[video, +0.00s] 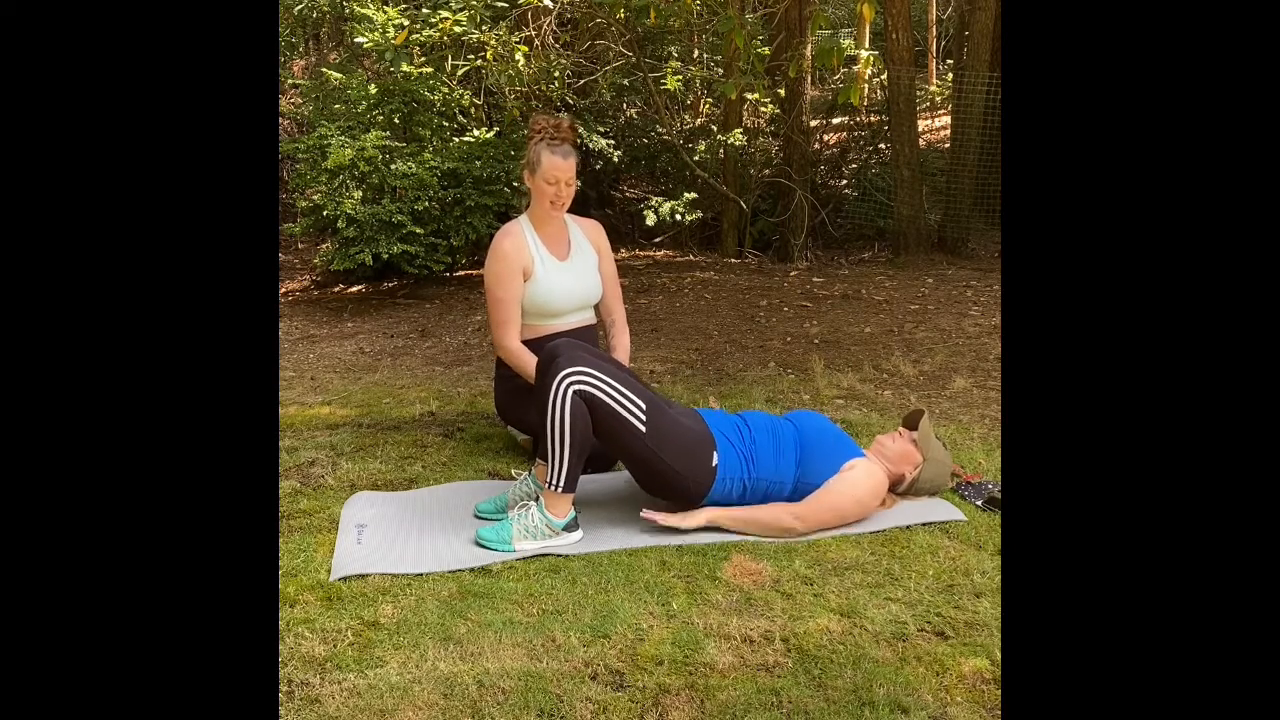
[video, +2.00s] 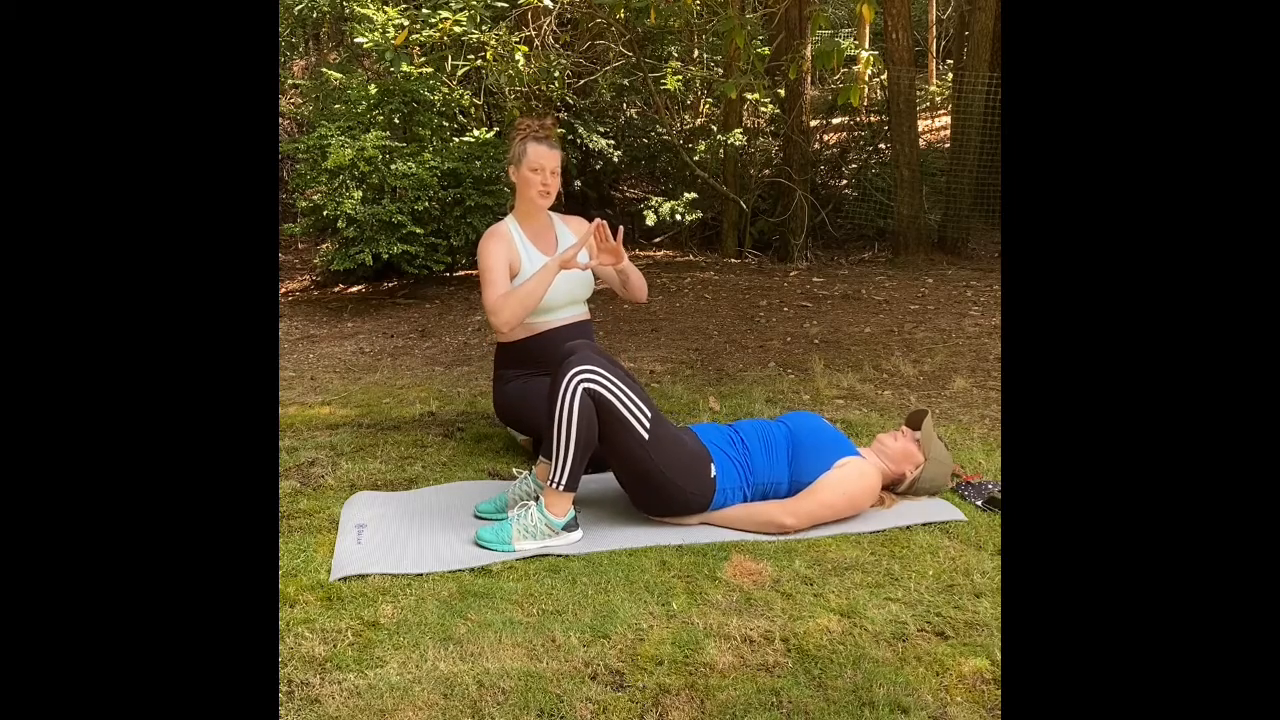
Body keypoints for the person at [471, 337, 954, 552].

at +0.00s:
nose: (897, 432)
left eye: (908, 439)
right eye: (905, 429)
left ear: (908, 472)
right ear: (896, 443)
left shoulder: (866, 479)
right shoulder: (847, 453)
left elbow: (799, 519)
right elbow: (768, 469)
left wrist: (706, 516)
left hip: (701, 465)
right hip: (690, 433)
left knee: (571, 367)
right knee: (563, 352)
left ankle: (555, 512)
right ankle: (544, 483)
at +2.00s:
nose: (898, 433)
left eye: (909, 440)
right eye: (907, 430)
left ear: (908, 472)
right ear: (895, 442)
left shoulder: (860, 477)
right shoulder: (844, 454)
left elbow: (788, 516)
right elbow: (772, 494)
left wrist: (703, 515)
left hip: (694, 480)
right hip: (680, 454)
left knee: (585, 372)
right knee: (586, 362)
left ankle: (554, 509)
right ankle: (543, 484)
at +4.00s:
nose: (897, 433)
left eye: (908, 440)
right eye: (906, 430)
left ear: (908, 471)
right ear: (897, 444)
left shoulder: (863, 479)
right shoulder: (847, 456)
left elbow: (794, 520)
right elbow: (774, 494)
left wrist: (711, 517)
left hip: (693, 482)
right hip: (680, 452)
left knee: (589, 376)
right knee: (589, 364)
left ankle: (554, 511)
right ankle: (540, 484)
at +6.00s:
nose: (897, 433)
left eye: (908, 439)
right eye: (906, 430)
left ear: (908, 470)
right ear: (898, 446)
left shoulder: (864, 479)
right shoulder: (846, 457)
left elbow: (795, 521)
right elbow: (777, 499)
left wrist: (710, 516)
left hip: (693, 482)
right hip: (678, 456)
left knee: (586, 369)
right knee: (576, 355)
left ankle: (553, 510)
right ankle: (542, 483)